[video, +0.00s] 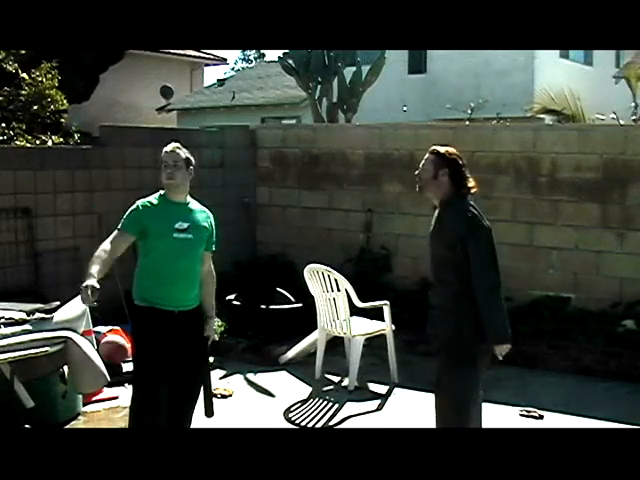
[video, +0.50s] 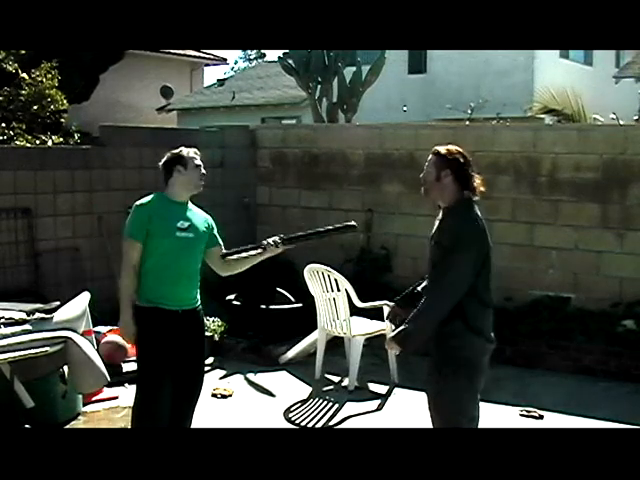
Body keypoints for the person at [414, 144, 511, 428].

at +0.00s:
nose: (417, 177)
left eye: (423, 172)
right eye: (419, 171)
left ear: (442, 177)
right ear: (441, 177)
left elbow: (486, 282)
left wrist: (499, 335)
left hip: (466, 333)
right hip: (451, 330)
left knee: (457, 411)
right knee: (454, 409)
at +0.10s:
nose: (417, 178)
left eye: (423, 172)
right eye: (419, 172)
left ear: (442, 176)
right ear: (441, 177)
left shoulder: (467, 221)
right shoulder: (448, 216)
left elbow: (483, 283)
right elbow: (457, 280)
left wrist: (486, 340)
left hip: (462, 336)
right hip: (449, 332)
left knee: (458, 413)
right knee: (455, 411)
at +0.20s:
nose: (418, 177)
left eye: (424, 172)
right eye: (419, 171)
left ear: (443, 177)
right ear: (441, 177)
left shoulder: (463, 222)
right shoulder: (450, 217)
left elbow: (468, 287)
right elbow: (455, 284)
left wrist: (459, 344)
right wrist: (449, 338)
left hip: (466, 340)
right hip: (455, 336)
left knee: (462, 416)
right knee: (457, 414)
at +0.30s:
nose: (419, 179)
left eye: (425, 173)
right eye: (420, 173)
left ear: (445, 178)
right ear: (443, 179)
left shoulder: (460, 222)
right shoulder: (452, 217)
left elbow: (455, 291)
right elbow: (450, 288)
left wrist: (435, 342)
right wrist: (435, 334)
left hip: (470, 331)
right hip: (462, 328)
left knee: (460, 413)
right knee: (460, 411)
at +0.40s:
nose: (420, 179)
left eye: (425, 173)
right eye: (422, 173)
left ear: (445, 178)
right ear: (445, 178)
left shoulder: (464, 221)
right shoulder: (451, 216)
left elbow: (454, 290)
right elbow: (442, 280)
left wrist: (416, 336)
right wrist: (408, 307)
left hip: (466, 341)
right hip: (454, 336)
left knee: (457, 416)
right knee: (451, 413)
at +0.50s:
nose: (422, 180)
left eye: (427, 172)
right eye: (423, 172)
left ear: (446, 176)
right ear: (445, 177)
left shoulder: (463, 223)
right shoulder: (450, 216)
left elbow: (447, 291)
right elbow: (438, 278)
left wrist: (405, 337)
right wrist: (403, 305)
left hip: (462, 342)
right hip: (450, 336)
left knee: (453, 418)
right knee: (447, 415)